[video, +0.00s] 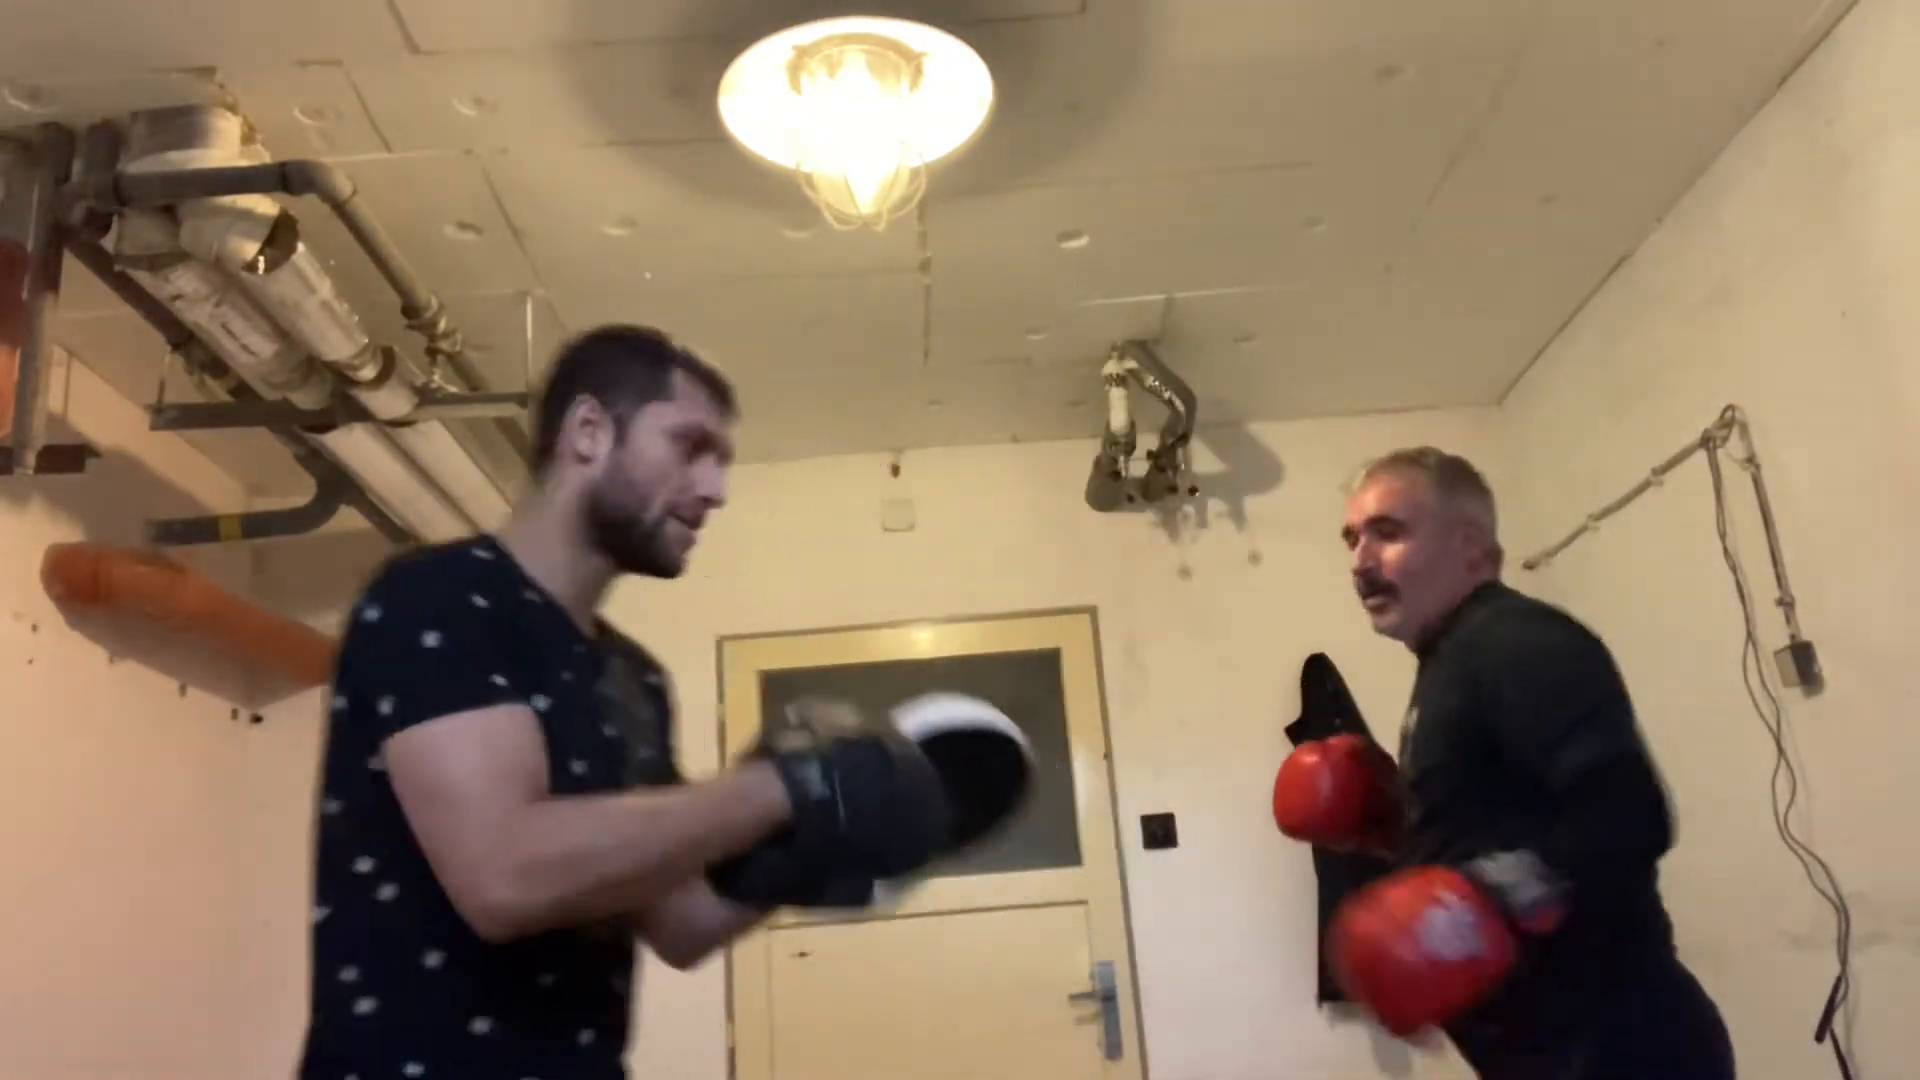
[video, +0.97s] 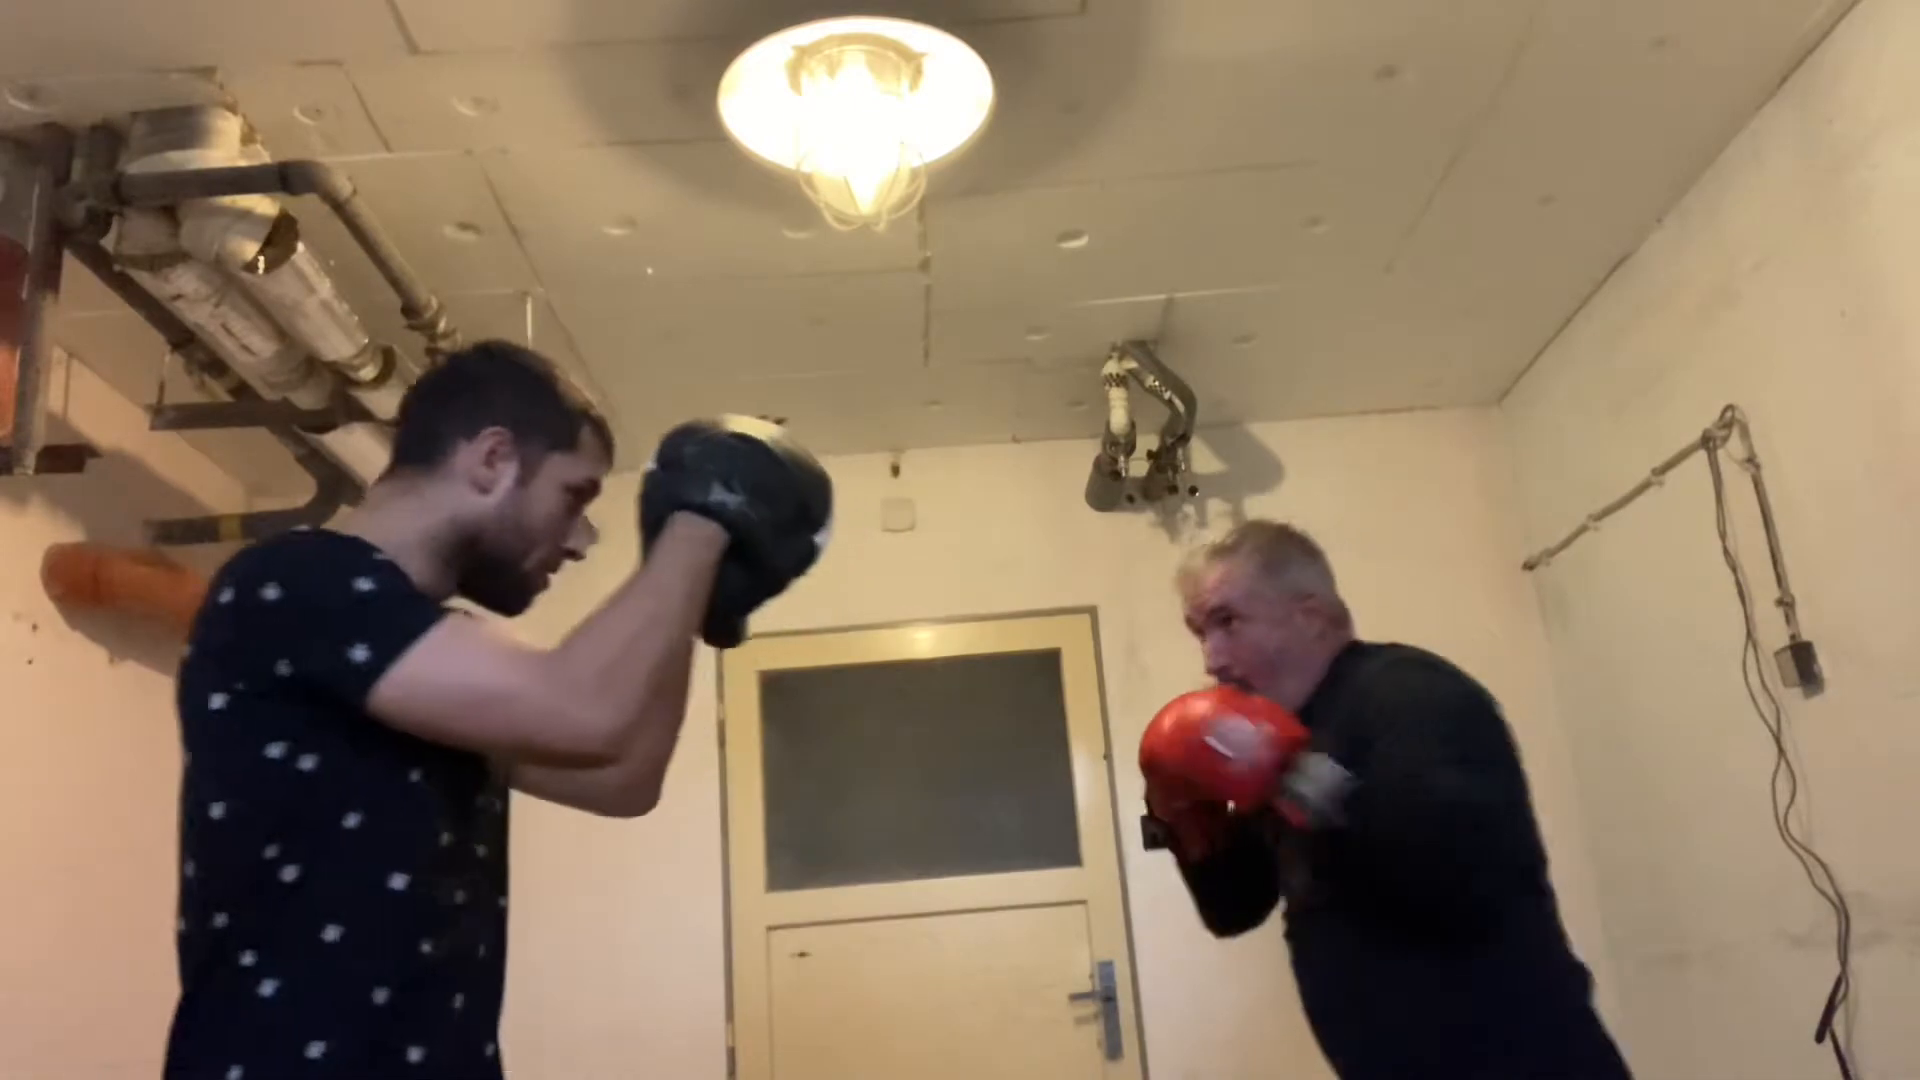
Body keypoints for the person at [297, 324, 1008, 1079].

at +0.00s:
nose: (716, 491)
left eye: (721, 463)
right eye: (691, 448)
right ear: (587, 435)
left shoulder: (632, 682)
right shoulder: (433, 602)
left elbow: (683, 928)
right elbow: (500, 876)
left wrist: (802, 845)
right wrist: (787, 787)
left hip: (572, 1060)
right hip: (415, 1058)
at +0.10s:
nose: (681, 497)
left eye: (683, 464)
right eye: (666, 453)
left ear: (578, 437)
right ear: (574, 431)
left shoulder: (581, 664)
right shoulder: (390, 588)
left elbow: (648, 898)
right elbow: (518, 842)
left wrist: (777, 776)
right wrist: (771, 710)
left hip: (538, 1057)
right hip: (381, 1055)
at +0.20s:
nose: (656, 504)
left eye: (658, 472)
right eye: (645, 463)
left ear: (565, 442)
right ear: (563, 438)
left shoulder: (551, 657)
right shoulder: (374, 581)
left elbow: (662, 858)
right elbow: (571, 792)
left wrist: (780, 691)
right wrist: (762, 622)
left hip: (516, 1056)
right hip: (368, 1056)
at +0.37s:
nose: (656, 533)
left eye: (661, 500)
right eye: (651, 492)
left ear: (575, 462)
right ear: (576, 459)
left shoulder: (496, 659)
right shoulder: (392, 585)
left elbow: (705, 798)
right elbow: (658, 721)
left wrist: (775, 615)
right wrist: (768, 531)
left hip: (529, 1050)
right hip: (398, 1053)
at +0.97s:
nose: (581, 541)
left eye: (586, 510)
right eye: (574, 498)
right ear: (491, 458)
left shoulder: (409, 659)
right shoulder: (291, 587)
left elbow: (621, 779)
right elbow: (583, 710)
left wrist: (694, 602)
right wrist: (700, 520)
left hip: (434, 1057)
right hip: (292, 1057)